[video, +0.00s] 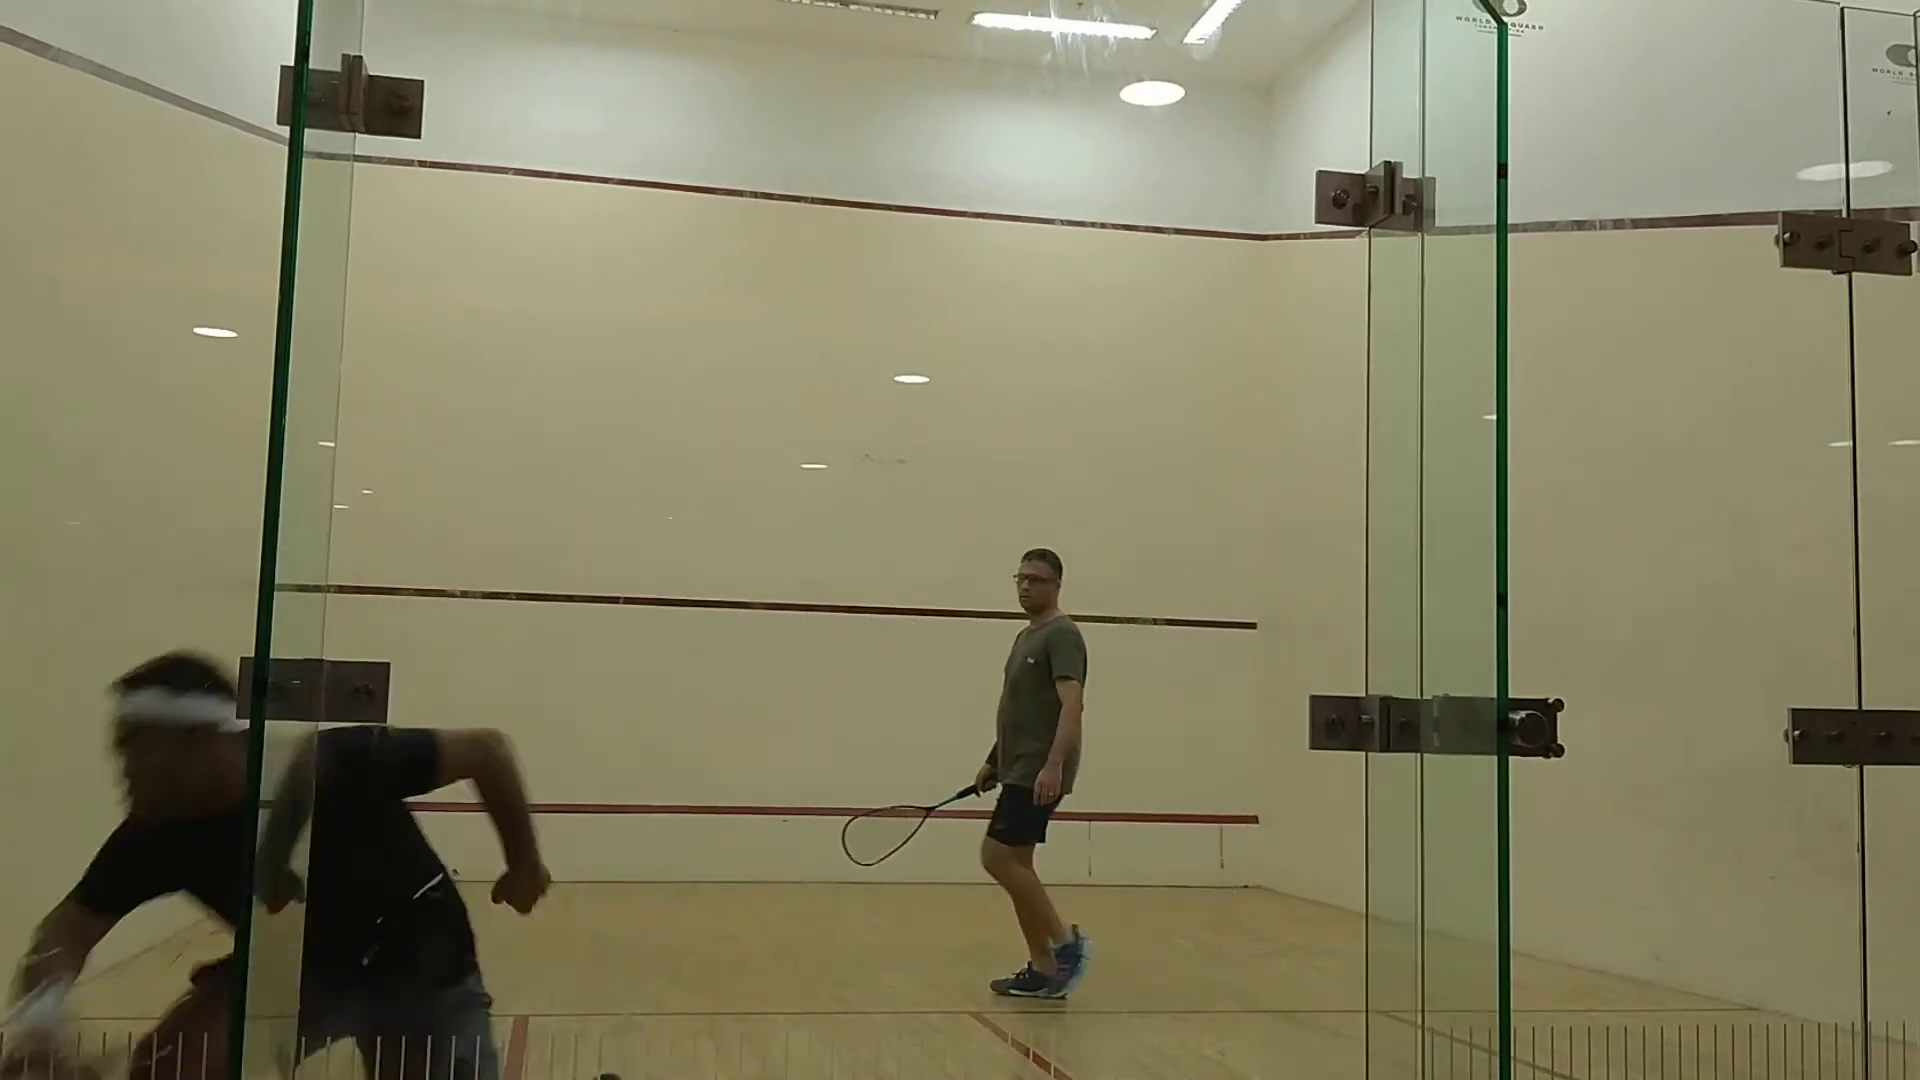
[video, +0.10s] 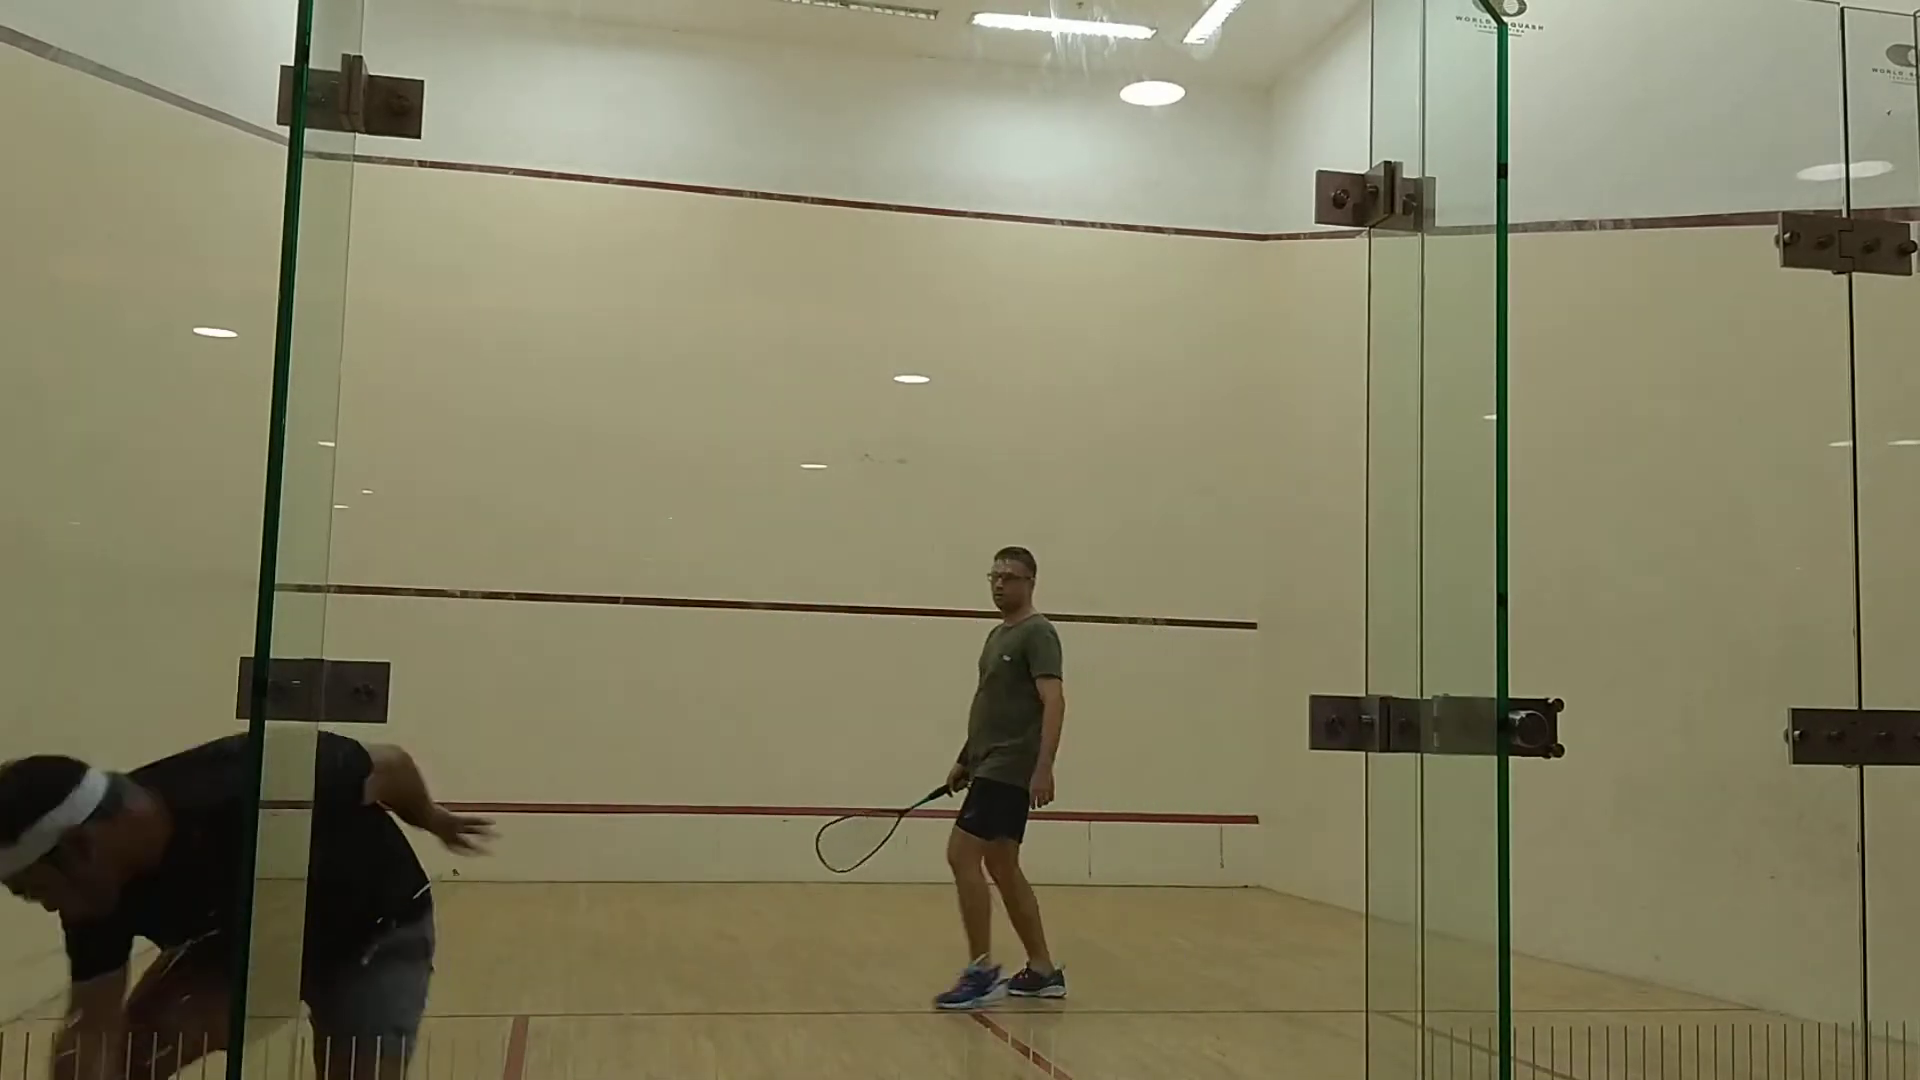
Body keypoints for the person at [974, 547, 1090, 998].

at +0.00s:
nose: (1027, 587)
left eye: (1037, 580)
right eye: (1022, 579)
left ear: (1057, 586)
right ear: (1016, 584)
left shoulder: (1063, 634)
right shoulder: (1027, 637)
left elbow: (1072, 706)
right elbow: (1016, 709)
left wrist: (1054, 765)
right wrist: (993, 761)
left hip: (1039, 771)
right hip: (1019, 770)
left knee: (996, 856)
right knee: (1018, 865)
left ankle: (1065, 942)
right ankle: (1043, 969)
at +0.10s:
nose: (1001, 584)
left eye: (1011, 578)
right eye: (996, 577)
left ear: (1031, 585)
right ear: (991, 583)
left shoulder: (1039, 633)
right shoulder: (998, 635)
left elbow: (1054, 701)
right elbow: (987, 707)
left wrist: (1045, 767)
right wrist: (965, 761)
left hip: (1010, 770)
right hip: (993, 768)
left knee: (961, 854)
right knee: (1003, 865)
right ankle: (1043, 970)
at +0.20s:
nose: (972, 589)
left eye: (983, 583)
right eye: (968, 582)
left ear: (1004, 587)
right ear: (964, 588)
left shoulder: (1010, 638)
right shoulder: (974, 640)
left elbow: (1030, 706)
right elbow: (963, 712)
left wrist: (1027, 774)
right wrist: (936, 762)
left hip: (985, 774)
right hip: (966, 774)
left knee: (942, 860)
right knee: (971, 869)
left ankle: (970, 977)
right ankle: (1032, 961)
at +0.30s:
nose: (949, 581)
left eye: (960, 575)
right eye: (945, 574)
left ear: (981, 581)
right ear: (941, 579)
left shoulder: (985, 631)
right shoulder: (960, 630)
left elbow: (1003, 697)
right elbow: (952, 704)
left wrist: (1002, 766)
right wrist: (924, 751)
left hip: (963, 773)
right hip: (947, 770)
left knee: (934, 860)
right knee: (942, 861)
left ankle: (967, 976)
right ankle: (1001, 949)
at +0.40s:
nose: (926, 571)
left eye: (936, 565)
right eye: (922, 564)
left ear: (958, 569)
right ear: (919, 570)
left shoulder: (961, 616)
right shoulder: (943, 617)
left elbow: (977, 685)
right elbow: (936, 694)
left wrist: (968, 754)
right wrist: (913, 755)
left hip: (945, 762)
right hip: (928, 760)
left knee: (926, 851)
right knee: (918, 849)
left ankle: (965, 964)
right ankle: (943, 953)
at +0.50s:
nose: (902, 572)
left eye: (912, 565)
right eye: (898, 565)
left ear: (935, 568)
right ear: (898, 570)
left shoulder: (936, 615)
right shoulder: (924, 616)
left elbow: (945, 687)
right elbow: (923, 694)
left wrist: (926, 754)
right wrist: (899, 755)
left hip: (929, 762)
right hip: (913, 760)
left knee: (916, 853)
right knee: (899, 850)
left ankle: (963, 962)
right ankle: (880, 957)